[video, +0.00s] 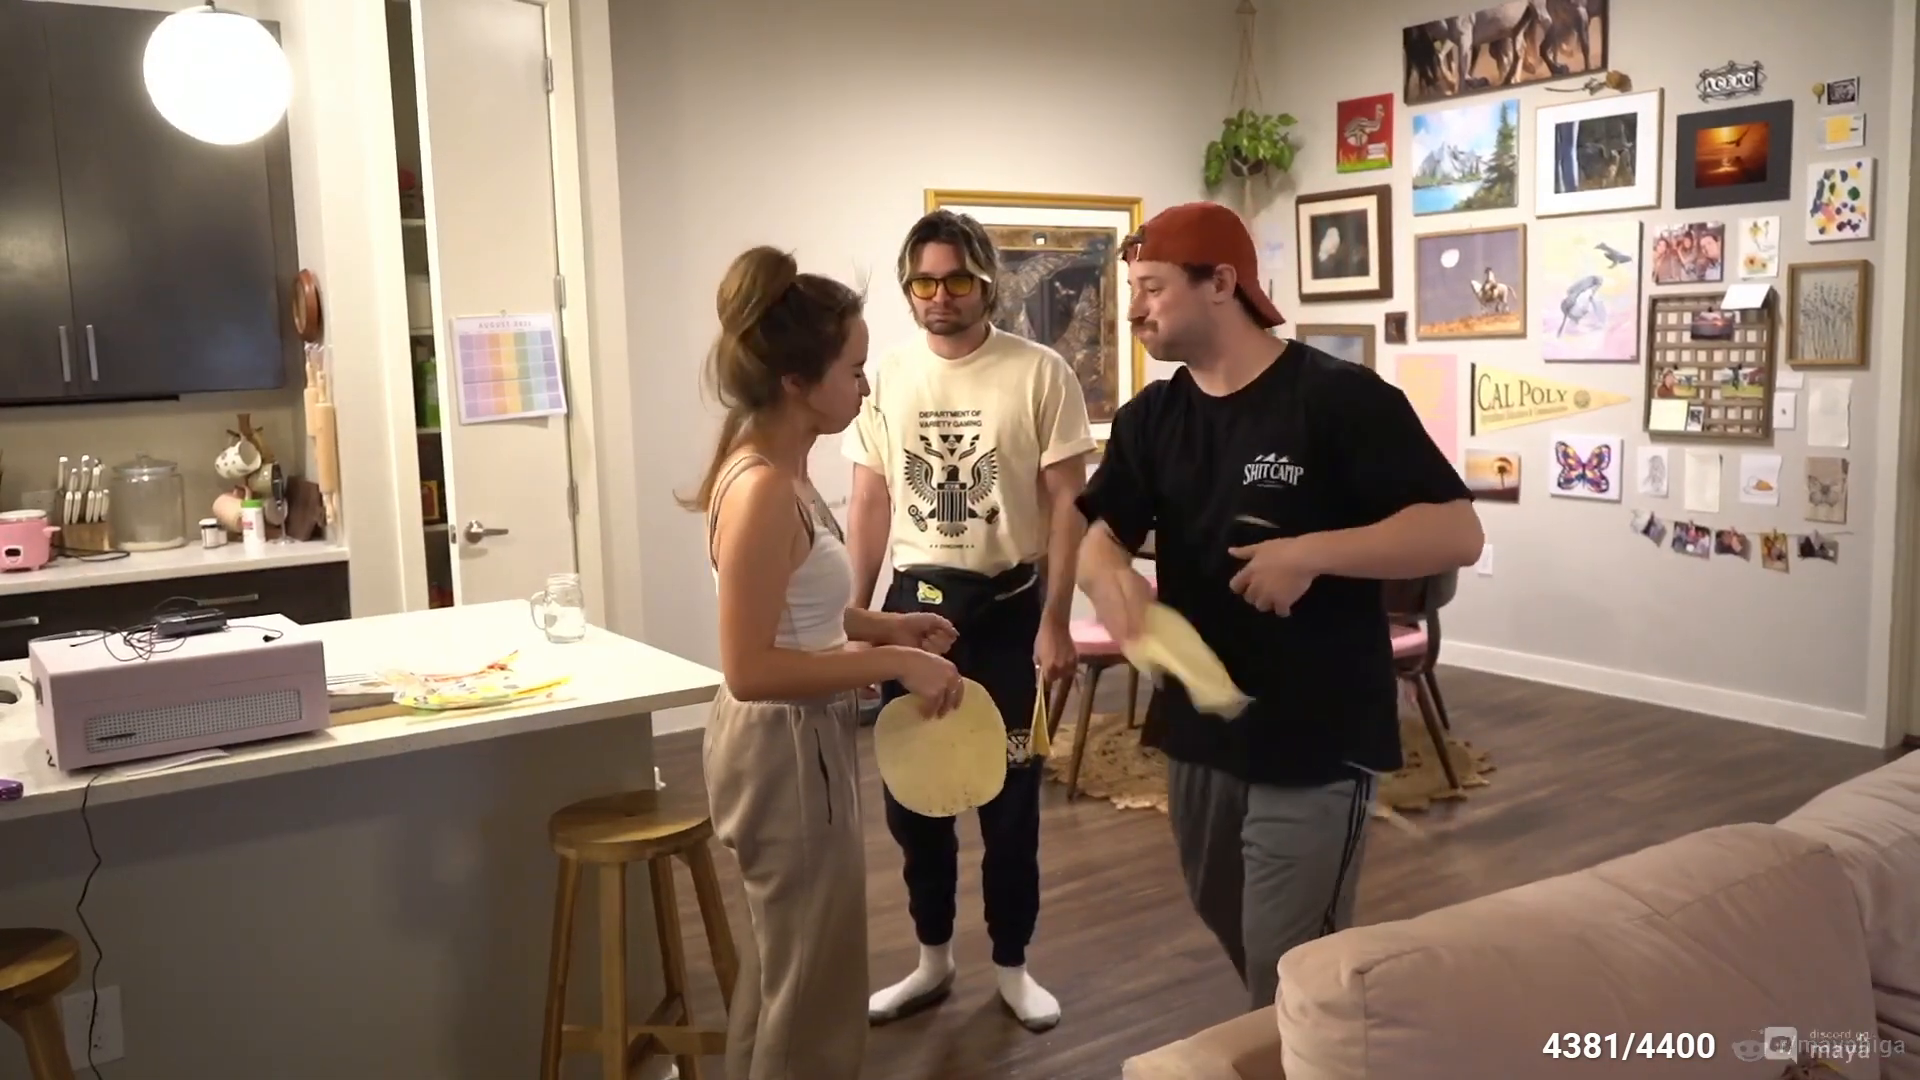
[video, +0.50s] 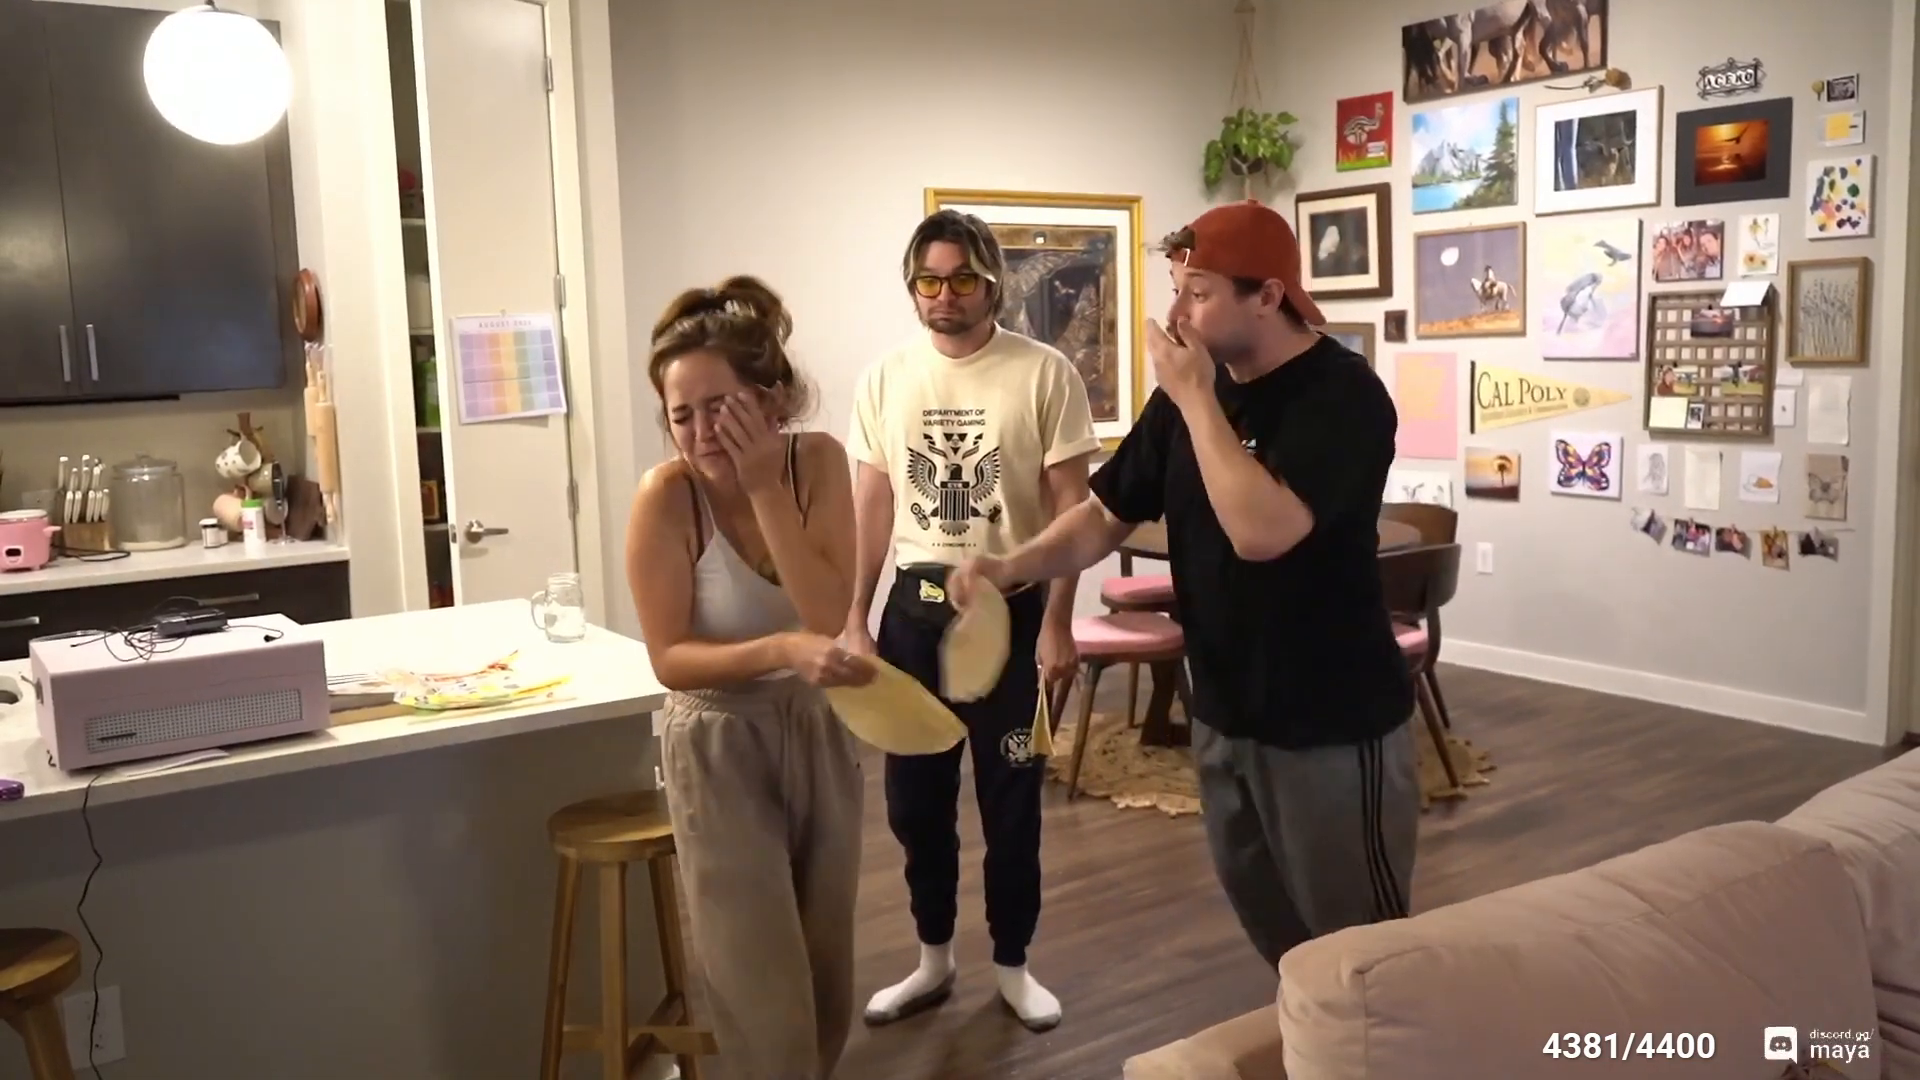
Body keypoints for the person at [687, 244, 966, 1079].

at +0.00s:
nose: (866, 382)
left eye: (864, 365)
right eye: (855, 369)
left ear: (796, 382)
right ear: (797, 382)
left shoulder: (783, 473)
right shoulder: (761, 489)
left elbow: (797, 616)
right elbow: (750, 671)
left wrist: (888, 627)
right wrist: (896, 663)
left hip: (798, 739)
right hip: (782, 751)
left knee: (795, 970)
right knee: (811, 983)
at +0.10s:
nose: (849, 395)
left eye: (853, 376)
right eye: (833, 381)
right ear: (770, 383)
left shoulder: (795, 465)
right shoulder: (745, 486)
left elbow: (802, 591)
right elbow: (753, 668)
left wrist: (885, 564)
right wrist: (898, 652)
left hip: (809, 735)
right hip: (777, 749)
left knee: (806, 970)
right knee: (805, 982)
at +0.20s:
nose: (796, 413)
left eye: (812, 390)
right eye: (774, 394)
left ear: (831, 377)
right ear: (734, 384)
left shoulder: (804, 462)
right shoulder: (723, 479)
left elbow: (883, 555)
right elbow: (749, 649)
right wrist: (895, 623)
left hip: (820, 724)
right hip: (771, 737)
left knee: (837, 971)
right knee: (822, 981)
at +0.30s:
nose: (765, 410)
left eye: (782, 385)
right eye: (742, 392)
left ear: (808, 376)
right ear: (710, 390)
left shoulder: (809, 444)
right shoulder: (707, 476)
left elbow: (881, 564)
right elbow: (726, 645)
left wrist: (815, 452)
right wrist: (869, 618)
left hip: (820, 712)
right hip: (755, 728)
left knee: (841, 948)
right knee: (805, 965)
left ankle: (833, 1065)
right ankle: (803, 1073)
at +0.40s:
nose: (735, 419)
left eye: (752, 393)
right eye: (713, 402)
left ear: (787, 382)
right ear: (687, 402)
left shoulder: (820, 445)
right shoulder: (684, 488)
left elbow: (863, 587)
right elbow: (697, 654)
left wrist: (789, 473)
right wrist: (827, 629)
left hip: (815, 713)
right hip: (730, 727)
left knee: (830, 943)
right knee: (785, 966)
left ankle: (815, 1064)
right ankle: (795, 1070)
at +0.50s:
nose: (704, 431)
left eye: (719, 406)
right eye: (683, 415)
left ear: (768, 395)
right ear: (666, 415)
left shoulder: (816, 462)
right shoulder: (665, 497)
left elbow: (831, 621)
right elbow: (669, 660)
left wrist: (765, 491)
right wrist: (783, 649)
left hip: (817, 731)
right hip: (715, 743)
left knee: (826, 988)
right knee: (774, 1010)